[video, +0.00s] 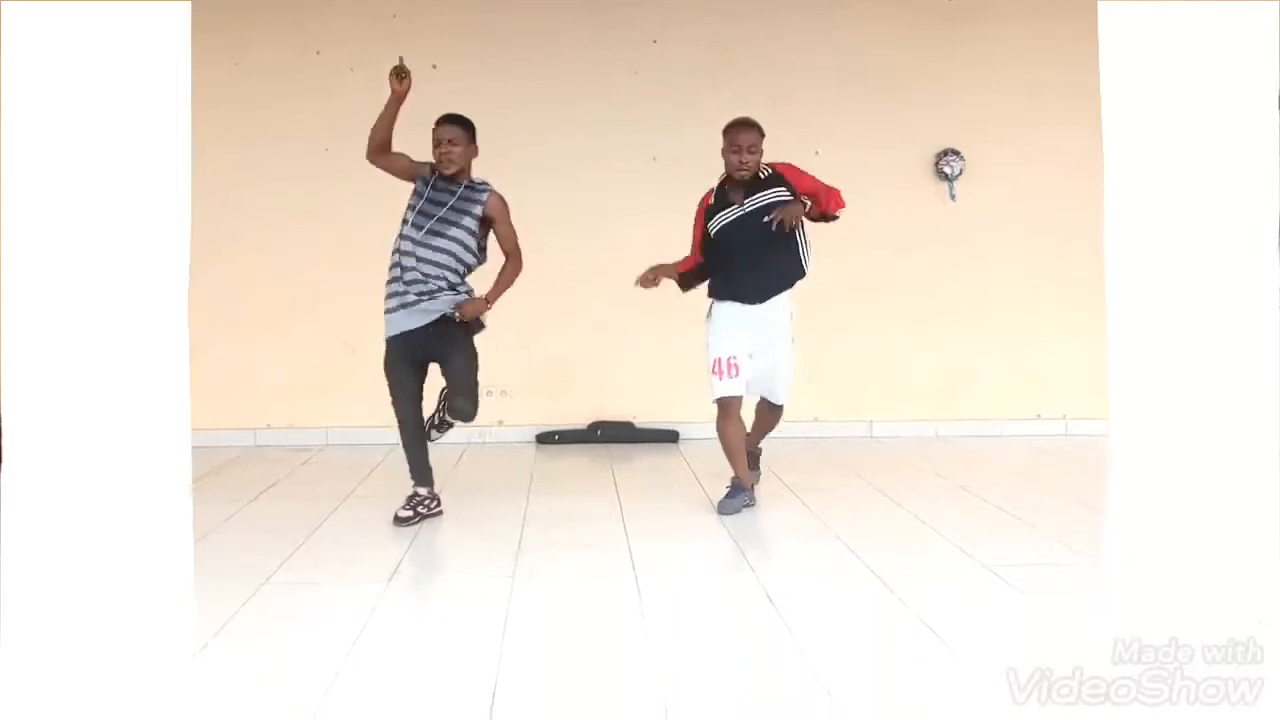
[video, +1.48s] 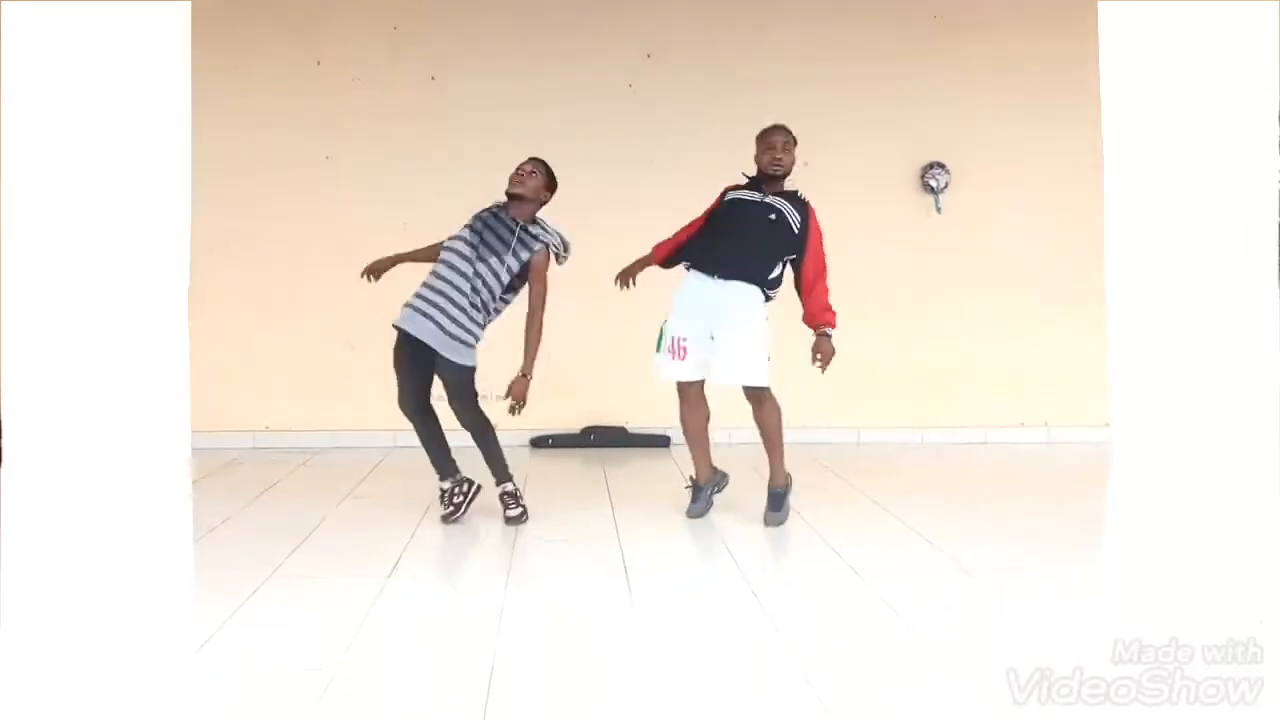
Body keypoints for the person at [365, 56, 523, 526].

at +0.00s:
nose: (443, 151)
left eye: (452, 144)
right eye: (437, 144)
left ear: (473, 149)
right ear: (432, 146)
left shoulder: (489, 201)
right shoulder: (422, 175)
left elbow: (513, 260)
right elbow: (378, 154)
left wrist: (486, 301)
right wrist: (395, 100)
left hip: (446, 310)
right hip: (401, 312)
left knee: (464, 407)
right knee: (405, 408)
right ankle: (424, 492)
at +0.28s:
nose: (470, 169)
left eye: (479, 161)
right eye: (461, 161)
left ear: (489, 167)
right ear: (449, 165)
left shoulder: (500, 217)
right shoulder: (424, 213)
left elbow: (520, 264)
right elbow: (396, 276)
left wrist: (541, 293)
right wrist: (388, 336)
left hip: (486, 342)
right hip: (431, 340)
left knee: (511, 411)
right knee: (387, 406)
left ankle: (515, 494)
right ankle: (401, 488)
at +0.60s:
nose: (458, 181)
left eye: (467, 173)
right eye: (452, 173)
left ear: (486, 171)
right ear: (446, 171)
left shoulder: (508, 203)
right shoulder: (436, 216)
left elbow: (550, 253)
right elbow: (415, 267)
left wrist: (516, 297)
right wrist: (385, 316)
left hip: (508, 333)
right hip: (457, 329)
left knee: (510, 417)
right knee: (404, 392)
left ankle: (520, 493)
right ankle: (421, 492)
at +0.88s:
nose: (475, 168)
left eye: (484, 161)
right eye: (469, 160)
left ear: (501, 163)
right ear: (461, 160)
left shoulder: (522, 197)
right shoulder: (449, 206)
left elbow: (554, 250)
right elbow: (443, 260)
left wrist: (523, 290)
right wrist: (429, 310)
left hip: (509, 326)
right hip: (459, 329)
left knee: (518, 409)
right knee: (448, 411)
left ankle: (526, 487)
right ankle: (469, 483)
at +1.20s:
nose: (455, 180)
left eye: (464, 173)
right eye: (447, 171)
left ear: (477, 173)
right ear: (436, 170)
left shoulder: (496, 209)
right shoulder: (424, 212)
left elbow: (536, 262)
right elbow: (418, 263)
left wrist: (525, 314)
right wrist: (398, 317)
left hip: (515, 322)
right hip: (472, 327)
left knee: (517, 403)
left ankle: (520, 485)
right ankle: (477, 486)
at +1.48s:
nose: (520, 173)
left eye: (532, 172)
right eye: (518, 169)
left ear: (546, 194)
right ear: (509, 183)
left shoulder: (537, 243)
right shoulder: (487, 216)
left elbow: (536, 309)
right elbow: (448, 250)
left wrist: (526, 372)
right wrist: (395, 259)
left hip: (457, 333)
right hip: (418, 317)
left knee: (466, 408)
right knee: (412, 403)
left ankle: (506, 486)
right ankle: (453, 482)